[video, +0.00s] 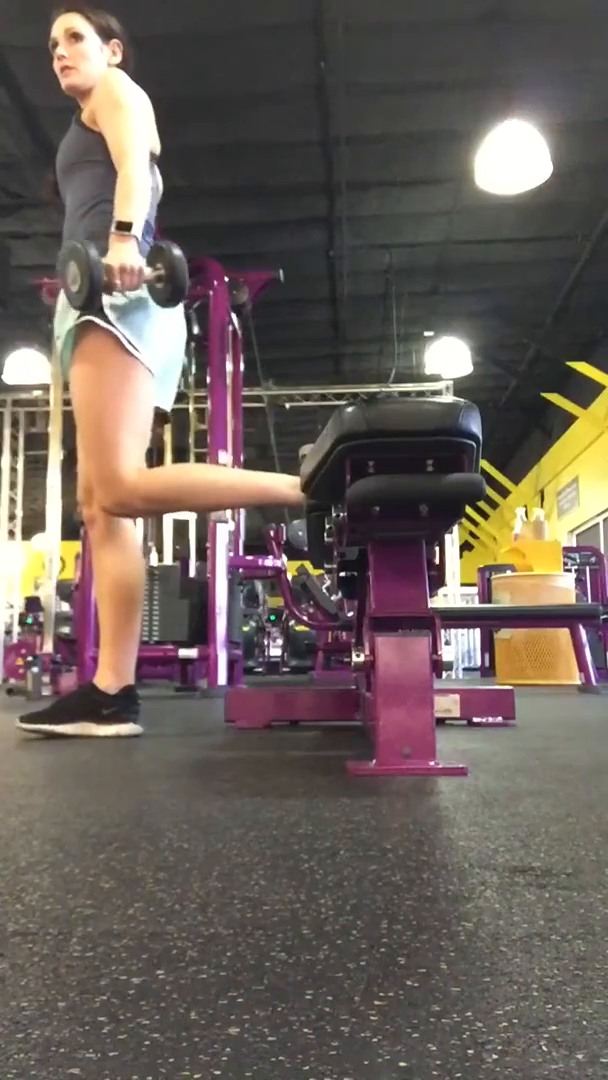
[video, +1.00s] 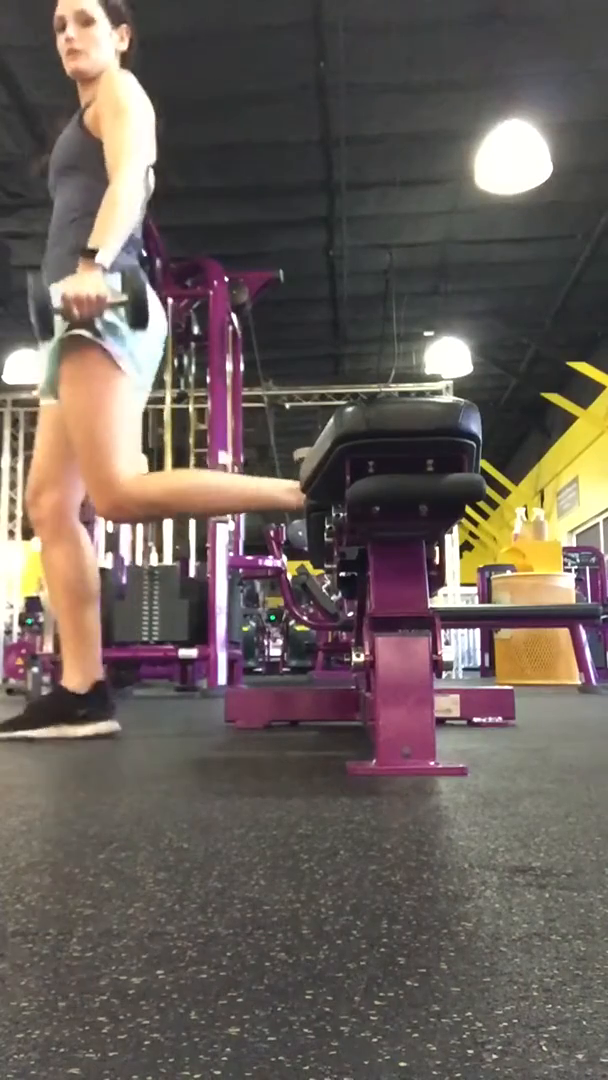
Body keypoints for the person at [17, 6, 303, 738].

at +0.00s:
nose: (60, 53)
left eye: (74, 40)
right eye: (54, 45)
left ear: (112, 50)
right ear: (58, 60)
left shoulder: (116, 91)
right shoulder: (99, 116)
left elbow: (135, 166)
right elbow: (108, 214)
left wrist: (124, 238)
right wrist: (74, 282)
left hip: (119, 298)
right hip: (110, 303)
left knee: (117, 487)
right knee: (100, 505)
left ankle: (305, 490)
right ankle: (112, 690)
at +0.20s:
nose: (67, 54)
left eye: (80, 40)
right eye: (60, 46)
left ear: (118, 48)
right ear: (62, 61)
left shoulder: (124, 92)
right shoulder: (99, 120)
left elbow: (138, 167)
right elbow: (104, 217)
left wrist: (126, 239)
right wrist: (74, 284)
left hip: (124, 296)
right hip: (101, 304)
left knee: (114, 483)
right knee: (96, 503)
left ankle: (305, 489)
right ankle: (110, 691)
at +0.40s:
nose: (71, 48)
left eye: (84, 33)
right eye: (63, 40)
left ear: (123, 43)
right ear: (64, 56)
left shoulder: (127, 92)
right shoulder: (100, 115)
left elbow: (136, 173)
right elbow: (106, 211)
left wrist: (117, 251)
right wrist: (71, 277)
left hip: (128, 302)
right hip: (102, 309)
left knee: (112, 490)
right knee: (91, 505)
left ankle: (301, 492)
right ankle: (108, 691)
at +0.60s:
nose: (73, 43)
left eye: (87, 30)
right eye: (64, 35)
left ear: (125, 42)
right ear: (63, 51)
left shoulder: (122, 93)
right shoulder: (103, 113)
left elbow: (133, 180)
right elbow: (118, 212)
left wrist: (101, 260)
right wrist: (79, 277)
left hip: (123, 306)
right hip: (99, 313)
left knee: (115, 500)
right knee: (64, 504)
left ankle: (301, 492)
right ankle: (105, 690)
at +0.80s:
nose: (80, 11)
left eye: (94, 2)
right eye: (72, 4)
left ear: (127, 10)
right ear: (66, 19)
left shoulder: (130, 58)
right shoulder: (100, 83)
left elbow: (147, 147)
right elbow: (101, 184)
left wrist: (101, 220)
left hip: (123, 265)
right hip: (101, 274)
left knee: (123, 459)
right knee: (45, 467)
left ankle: (313, 490)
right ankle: (79, 658)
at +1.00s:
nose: (70, 37)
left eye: (84, 23)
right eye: (60, 27)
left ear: (121, 36)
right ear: (57, 42)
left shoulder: (120, 91)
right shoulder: (92, 108)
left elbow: (132, 179)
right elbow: (93, 208)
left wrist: (95, 266)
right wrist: (70, 277)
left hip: (110, 301)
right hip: (85, 307)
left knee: (116, 493)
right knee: (51, 504)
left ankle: (304, 494)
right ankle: (81, 690)